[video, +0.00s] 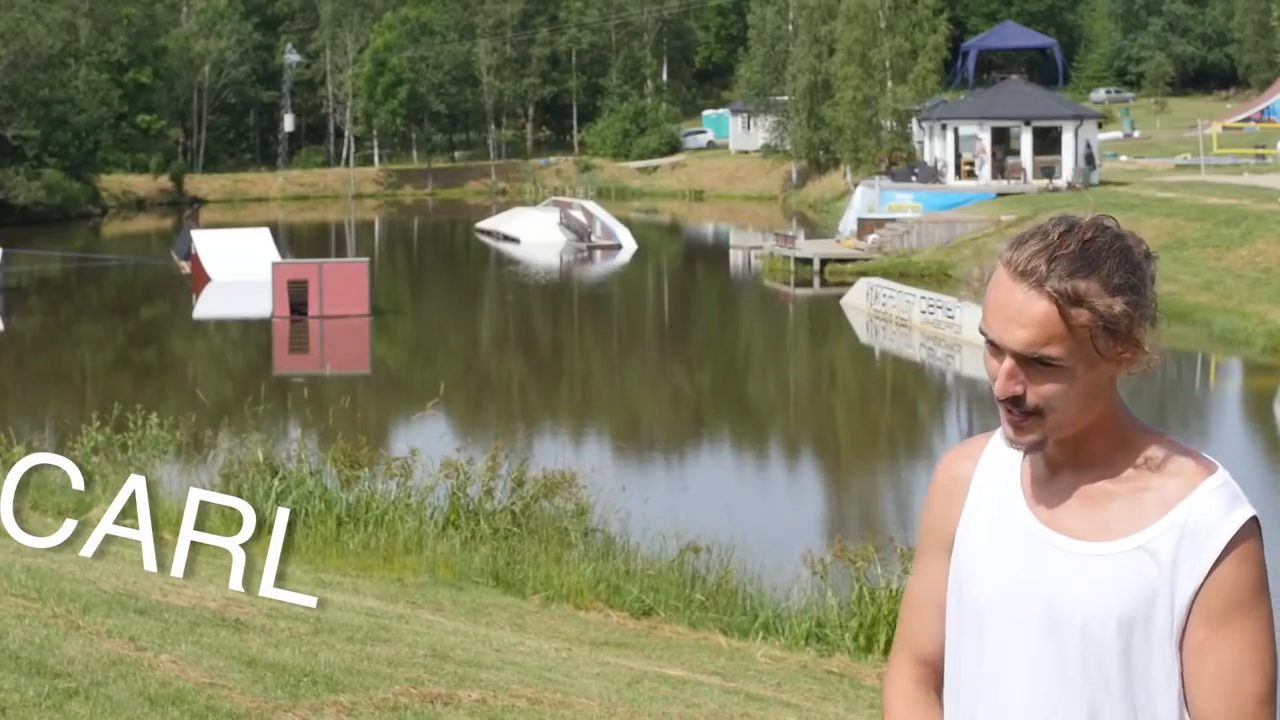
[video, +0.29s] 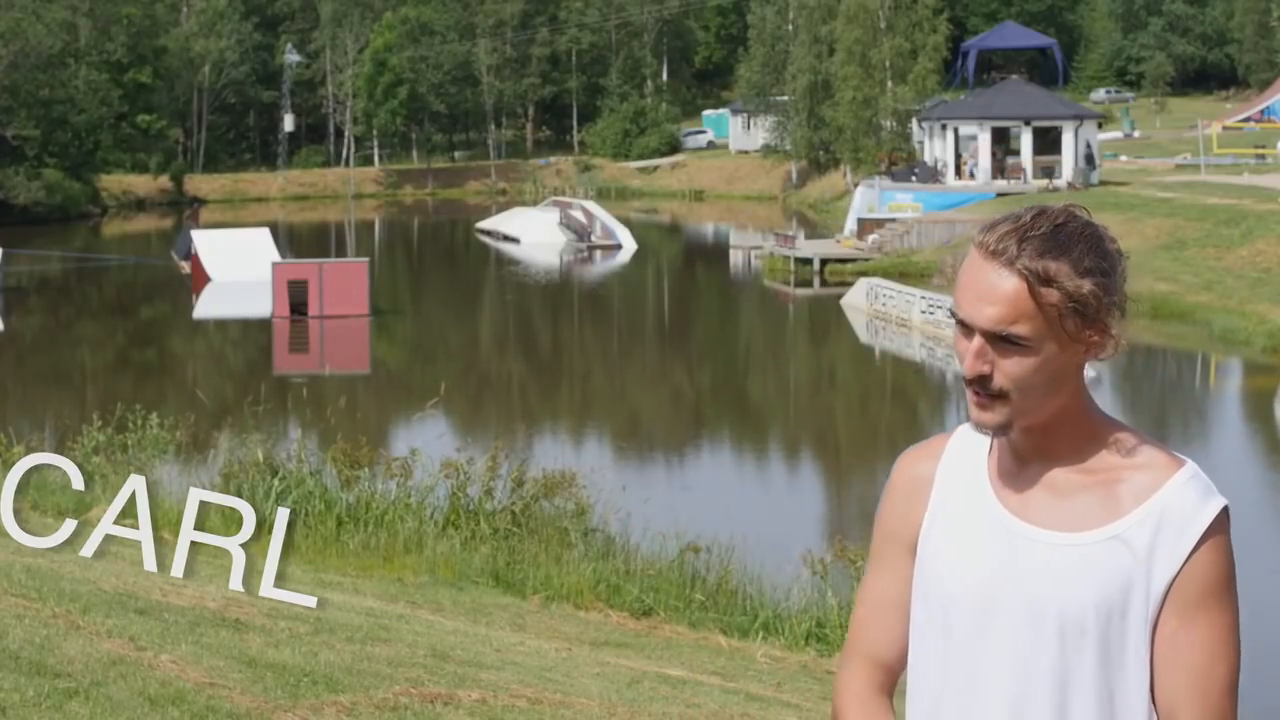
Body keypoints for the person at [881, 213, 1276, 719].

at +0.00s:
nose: (1004, 385)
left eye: (1042, 363)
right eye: (993, 347)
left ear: (1122, 352)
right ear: (983, 326)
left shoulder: (1208, 524)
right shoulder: (965, 476)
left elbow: (1238, 709)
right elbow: (915, 675)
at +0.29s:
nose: (971, 363)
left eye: (1008, 342)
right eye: (963, 328)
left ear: (1091, 341)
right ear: (954, 314)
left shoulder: (1178, 511)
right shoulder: (923, 477)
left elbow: (1197, 711)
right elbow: (864, 677)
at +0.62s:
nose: (931, 355)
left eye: (967, 331)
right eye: (923, 320)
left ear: (1050, 333)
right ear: (913, 308)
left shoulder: (1141, 507)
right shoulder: (877, 479)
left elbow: (1150, 710)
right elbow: (816, 689)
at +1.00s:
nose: (888, 352)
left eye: (922, 325)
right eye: (880, 318)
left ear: (1004, 329)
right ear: (868, 309)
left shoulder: (1107, 499)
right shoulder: (850, 481)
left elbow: (1122, 705)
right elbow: (794, 688)